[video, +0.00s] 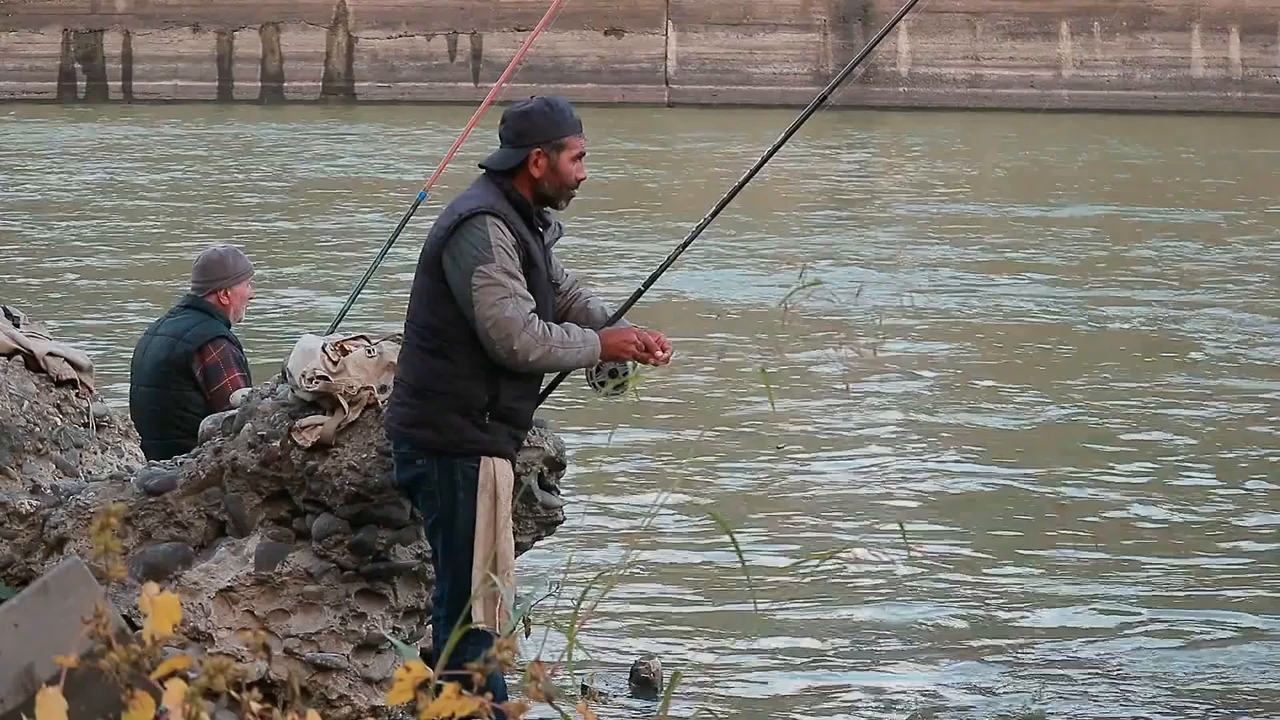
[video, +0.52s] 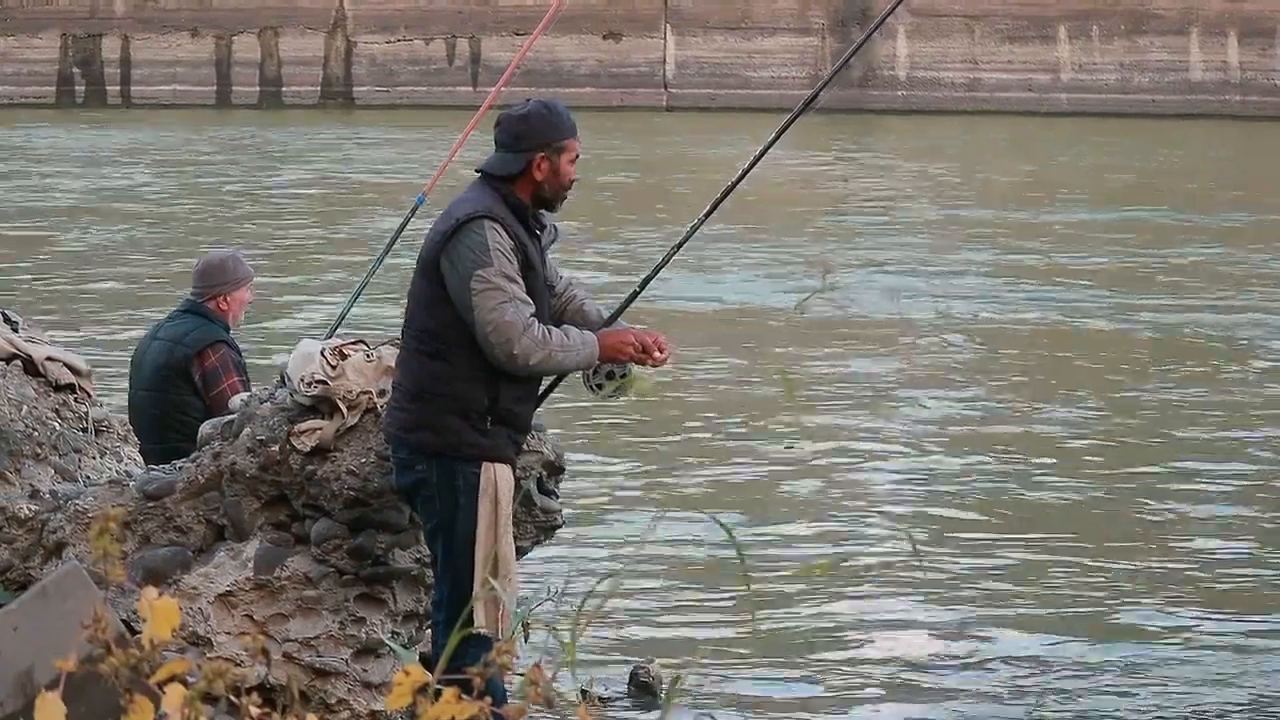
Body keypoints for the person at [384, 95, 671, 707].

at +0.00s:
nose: (583, 170)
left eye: (583, 157)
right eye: (574, 158)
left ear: (540, 160)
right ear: (534, 162)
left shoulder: (520, 224)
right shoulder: (482, 229)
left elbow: (563, 298)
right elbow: (514, 338)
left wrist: (617, 332)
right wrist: (601, 344)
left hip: (478, 439)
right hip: (449, 442)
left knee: (476, 594)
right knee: (469, 598)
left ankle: (458, 706)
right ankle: (468, 711)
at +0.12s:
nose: (581, 172)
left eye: (581, 158)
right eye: (573, 159)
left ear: (537, 160)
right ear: (534, 162)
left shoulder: (520, 223)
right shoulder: (480, 229)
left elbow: (559, 299)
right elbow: (514, 340)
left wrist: (617, 330)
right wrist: (601, 344)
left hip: (477, 441)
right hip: (449, 444)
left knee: (475, 597)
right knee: (470, 601)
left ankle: (456, 708)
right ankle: (468, 713)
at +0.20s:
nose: (581, 172)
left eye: (581, 158)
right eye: (573, 159)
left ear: (538, 161)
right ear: (535, 163)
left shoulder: (520, 225)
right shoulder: (480, 230)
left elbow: (561, 302)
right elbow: (512, 339)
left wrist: (618, 330)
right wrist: (602, 345)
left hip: (478, 442)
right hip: (449, 445)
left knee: (477, 597)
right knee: (468, 602)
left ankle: (460, 708)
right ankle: (469, 711)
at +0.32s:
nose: (579, 172)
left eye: (578, 159)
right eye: (572, 159)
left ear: (535, 162)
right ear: (537, 164)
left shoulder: (521, 224)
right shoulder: (479, 231)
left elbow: (560, 297)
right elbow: (512, 340)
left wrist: (613, 331)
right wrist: (600, 344)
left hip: (479, 442)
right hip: (449, 446)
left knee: (478, 600)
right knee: (469, 605)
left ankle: (460, 709)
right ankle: (468, 714)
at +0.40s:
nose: (577, 172)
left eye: (577, 160)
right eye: (572, 160)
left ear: (534, 162)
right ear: (538, 164)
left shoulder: (519, 225)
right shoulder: (479, 232)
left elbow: (557, 300)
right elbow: (513, 341)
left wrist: (613, 335)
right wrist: (600, 345)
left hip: (479, 442)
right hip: (449, 446)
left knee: (479, 599)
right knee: (469, 605)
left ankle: (464, 709)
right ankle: (470, 713)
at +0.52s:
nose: (576, 172)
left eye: (576, 159)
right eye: (571, 160)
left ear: (532, 162)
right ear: (538, 164)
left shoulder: (515, 225)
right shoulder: (479, 232)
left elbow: (558, 299)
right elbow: (514, 342)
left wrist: (614, 335)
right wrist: (601, 345)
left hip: (477, 443)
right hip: (449, 446)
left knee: (476, 601)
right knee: (468, 606)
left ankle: (466, 709)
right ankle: (469, 712)